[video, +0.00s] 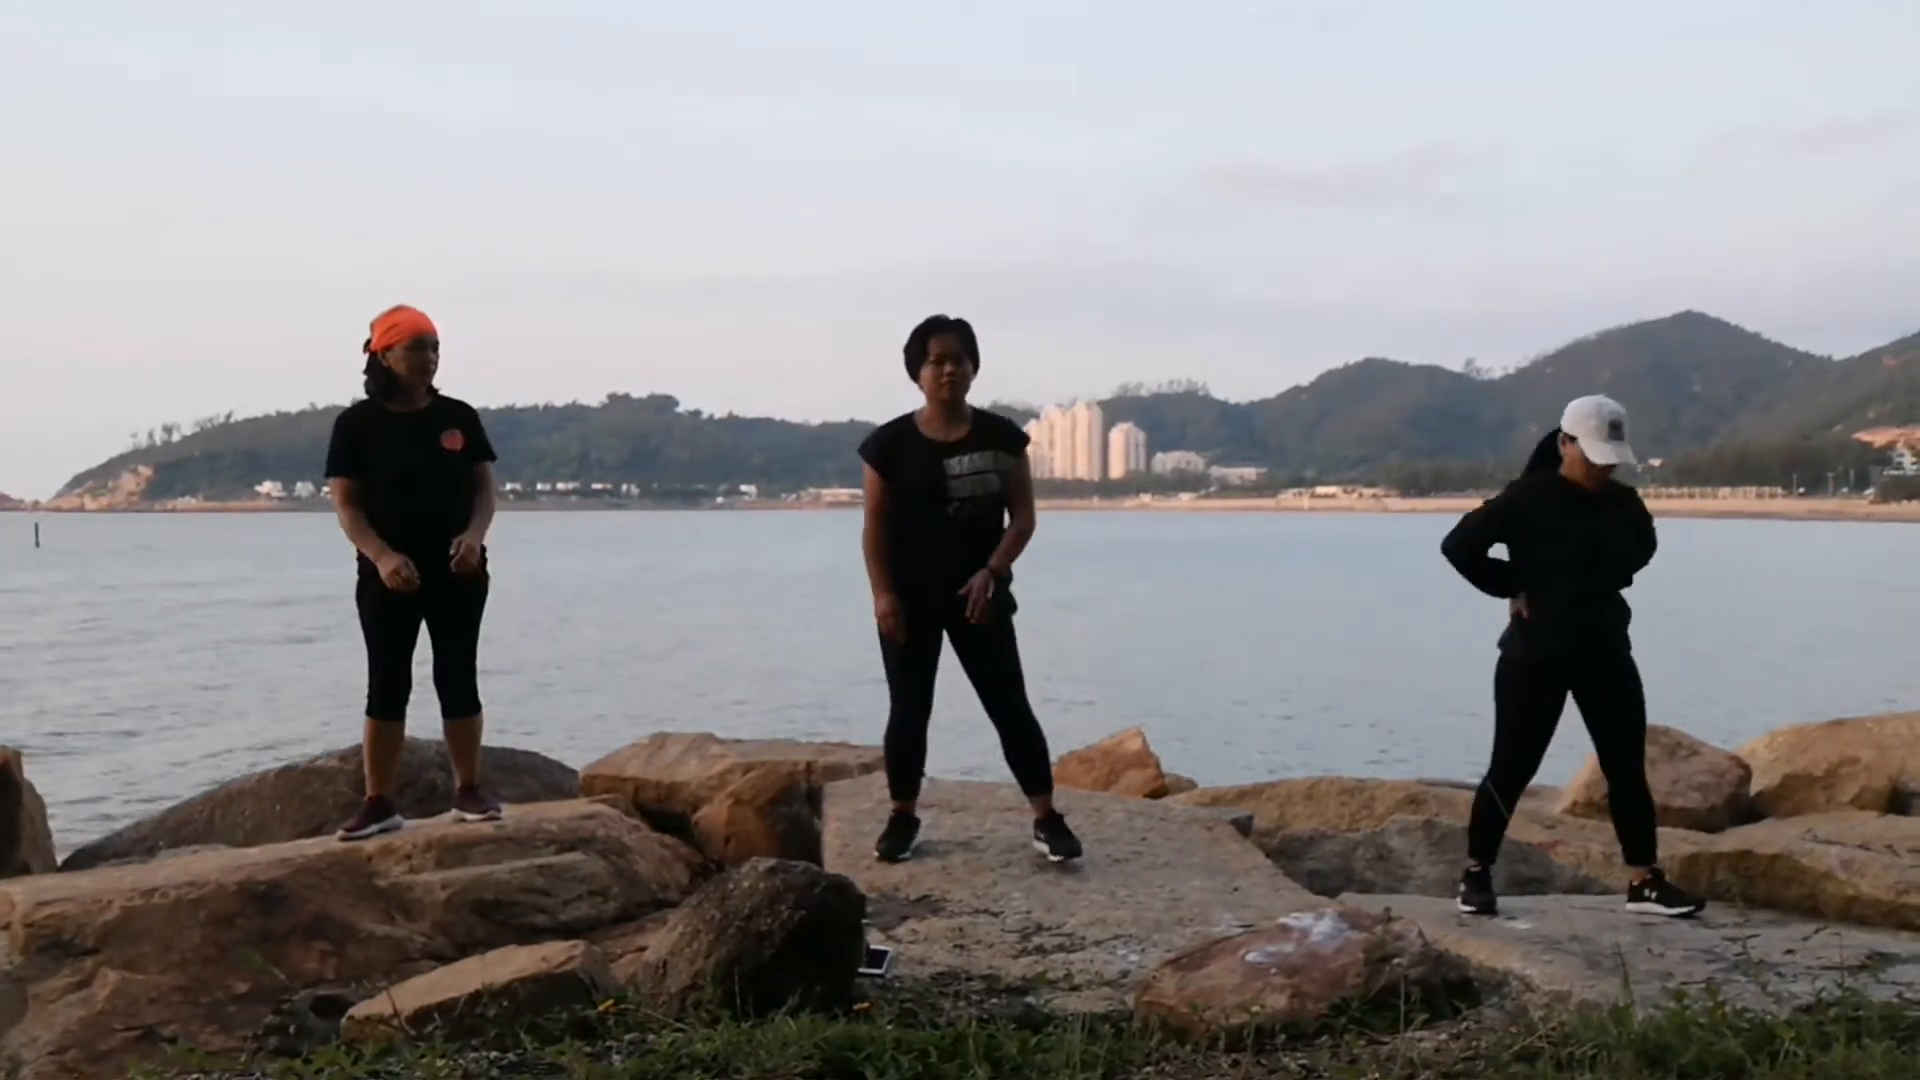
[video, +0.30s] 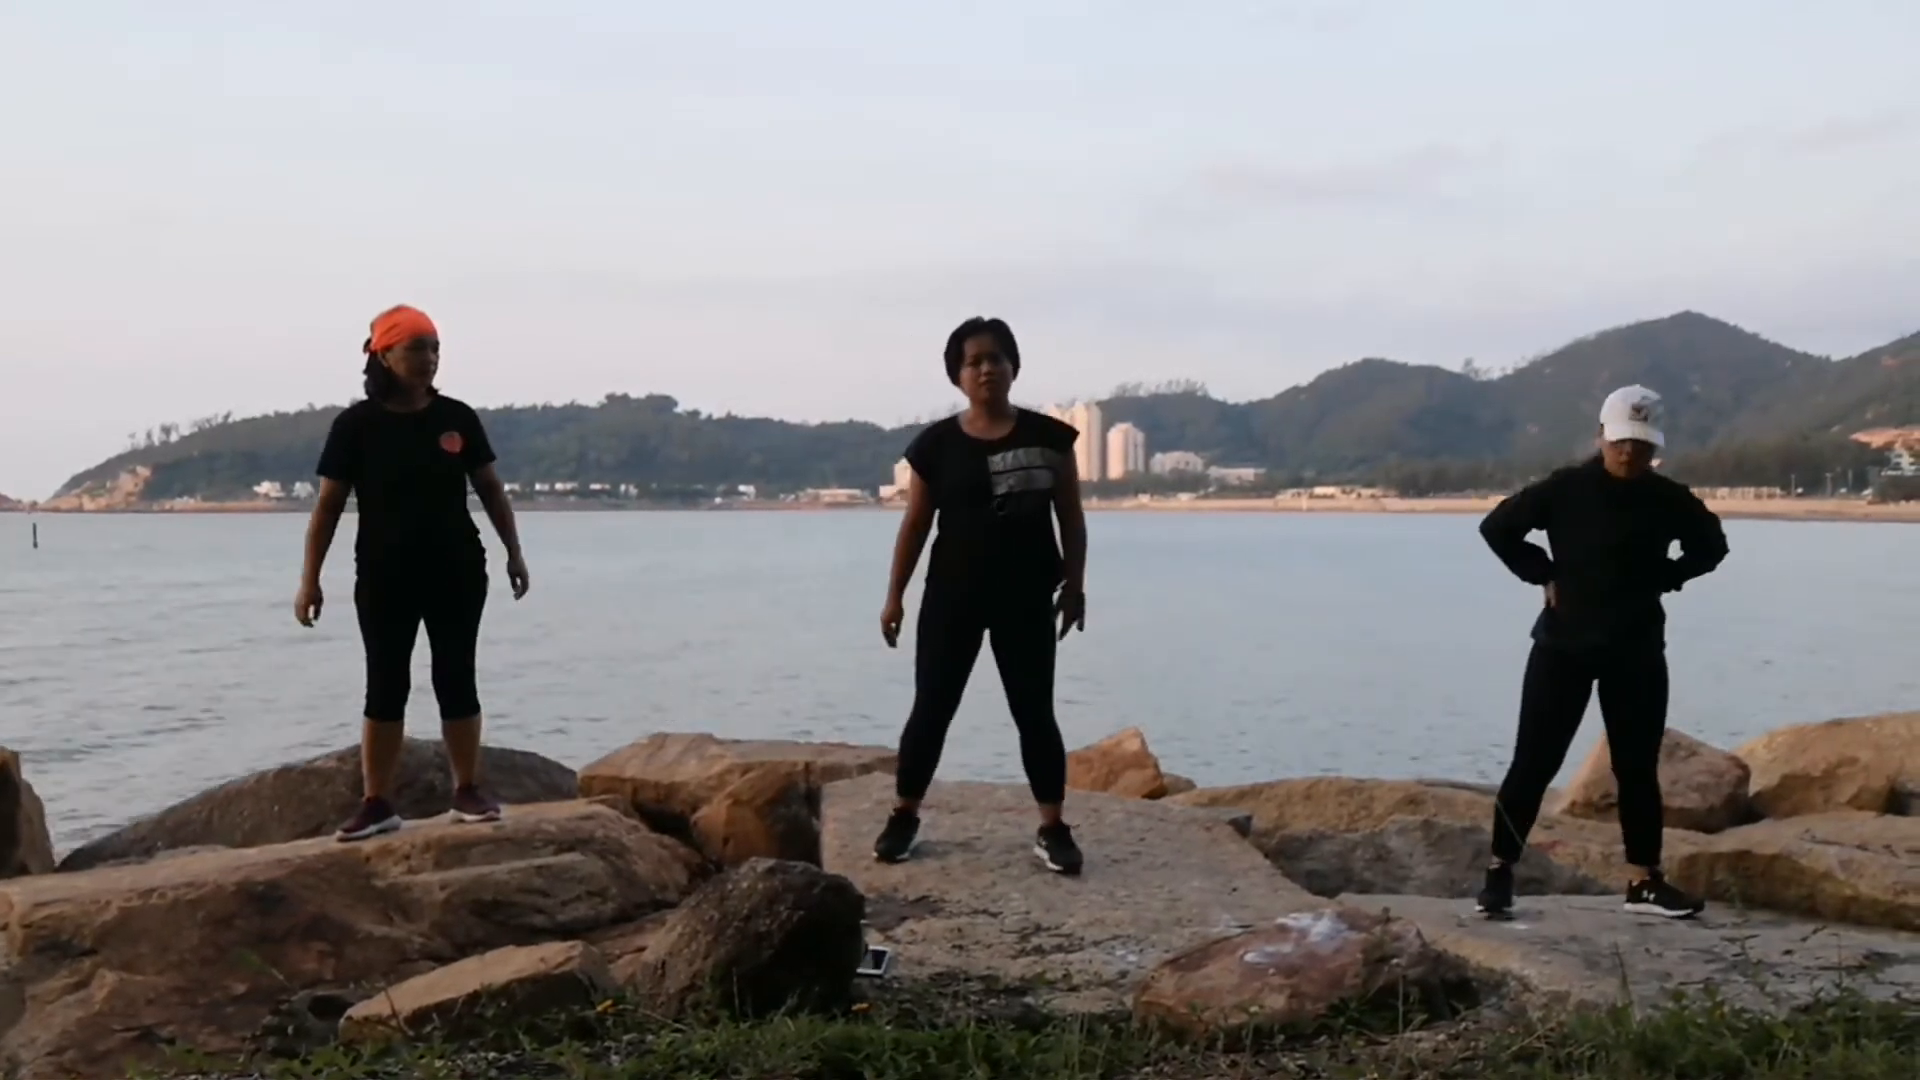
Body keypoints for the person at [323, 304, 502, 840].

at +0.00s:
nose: (430, 356)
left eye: (433, 346)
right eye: (417, 348)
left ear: (438, 352)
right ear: (383, 356)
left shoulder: (459, 417)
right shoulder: (354, 425)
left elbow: (485, 487)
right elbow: (345, 506)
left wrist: (475, 534)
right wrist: (381, 555)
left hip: (456, 575)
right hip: (387, 577)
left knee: (458, 683)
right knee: (386, 690)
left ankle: (468, 791)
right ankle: (378, 801)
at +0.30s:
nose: (429, 357)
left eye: (433, 347)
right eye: (417, 348)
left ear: (438, 352)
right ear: (383, 356)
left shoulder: (457, 418)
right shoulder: (354, 426)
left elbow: (490, 490)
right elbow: (328, 508)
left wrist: (514, 550)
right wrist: (309, 578)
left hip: (455, 575)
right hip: (385, 579)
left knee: (457, 683)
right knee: (384, 691)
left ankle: (466, 791)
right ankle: (376, 802)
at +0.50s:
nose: (430, 358)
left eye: (434, 348)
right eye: (418, 349)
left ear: (437, 354)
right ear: (384, 356)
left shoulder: (457, 420)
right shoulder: (353, 426)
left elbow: (495, 483)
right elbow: (316, 501)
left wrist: (533, 539)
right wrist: (273, 568)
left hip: (453, 575)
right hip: (384, 580)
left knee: (455, 684)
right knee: (383, 692)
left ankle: (466, 791)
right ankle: (374, 802)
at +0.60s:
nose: (430, 357)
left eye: (434, 348)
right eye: (418, 348)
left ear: (437, 353)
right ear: (383, 355)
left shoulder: (455, 420)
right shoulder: (352, 426)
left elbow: (494, 487)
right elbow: (319, 505)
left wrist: (532, 546)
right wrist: (282, 575)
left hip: (453, 576)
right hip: (382, 580)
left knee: (455, 684)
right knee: (383, 692)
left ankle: (465, 792)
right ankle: (375, 803)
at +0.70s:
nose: (428, 358)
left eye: (432, 348)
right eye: (416, 349)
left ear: (438, 354)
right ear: (383, 356)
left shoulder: (455, 420)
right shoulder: (352, 427)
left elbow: (488, 494)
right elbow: (330, 509)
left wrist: (518, 556)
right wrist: (311, 580)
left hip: (452, 577)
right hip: (381, 581)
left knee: (453, 686)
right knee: (382, 693)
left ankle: (465, 793)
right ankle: (373, 804)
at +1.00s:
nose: (424, 358)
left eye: (428, 348)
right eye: (411, 349)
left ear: (433, 353)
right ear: (378, 356)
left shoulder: (453, 419)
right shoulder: (348, 426)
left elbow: (483, 491)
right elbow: (339, 508)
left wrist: (456, 527)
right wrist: (394, 539)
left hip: (449, 571)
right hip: (379, 574)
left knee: (452, 684)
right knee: (379, 690)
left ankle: (462, 793)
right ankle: (372, 803)